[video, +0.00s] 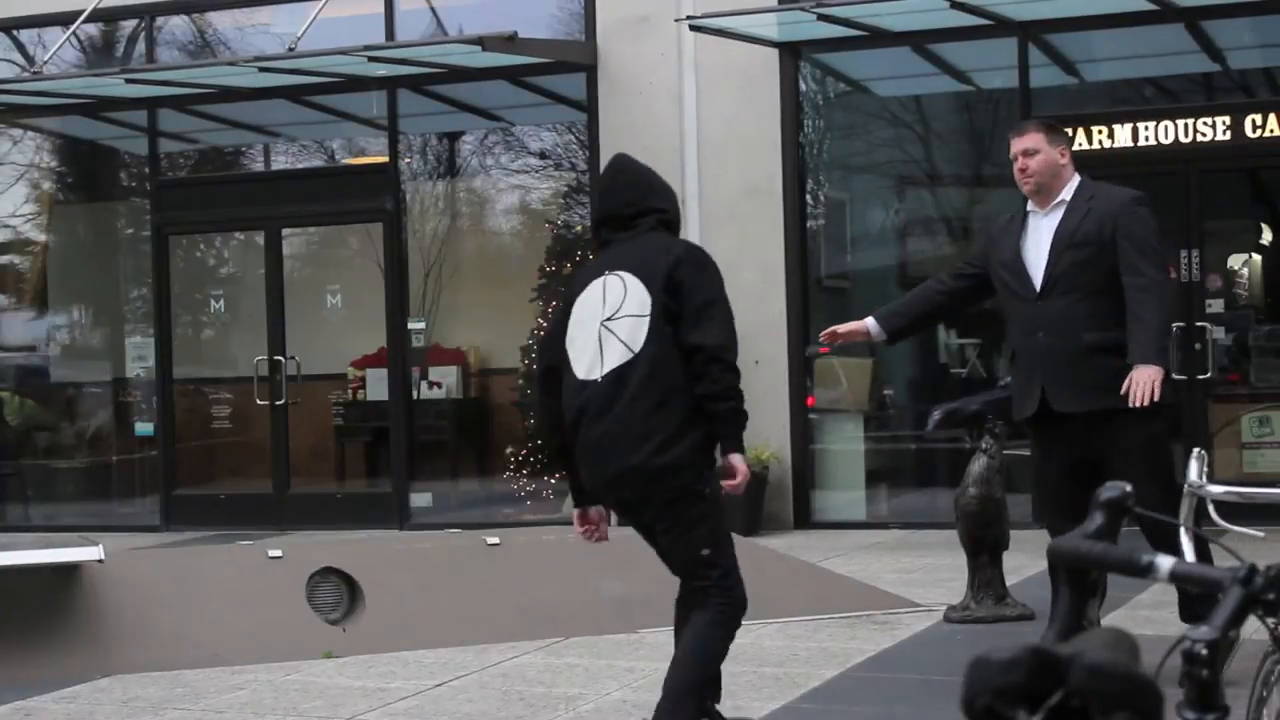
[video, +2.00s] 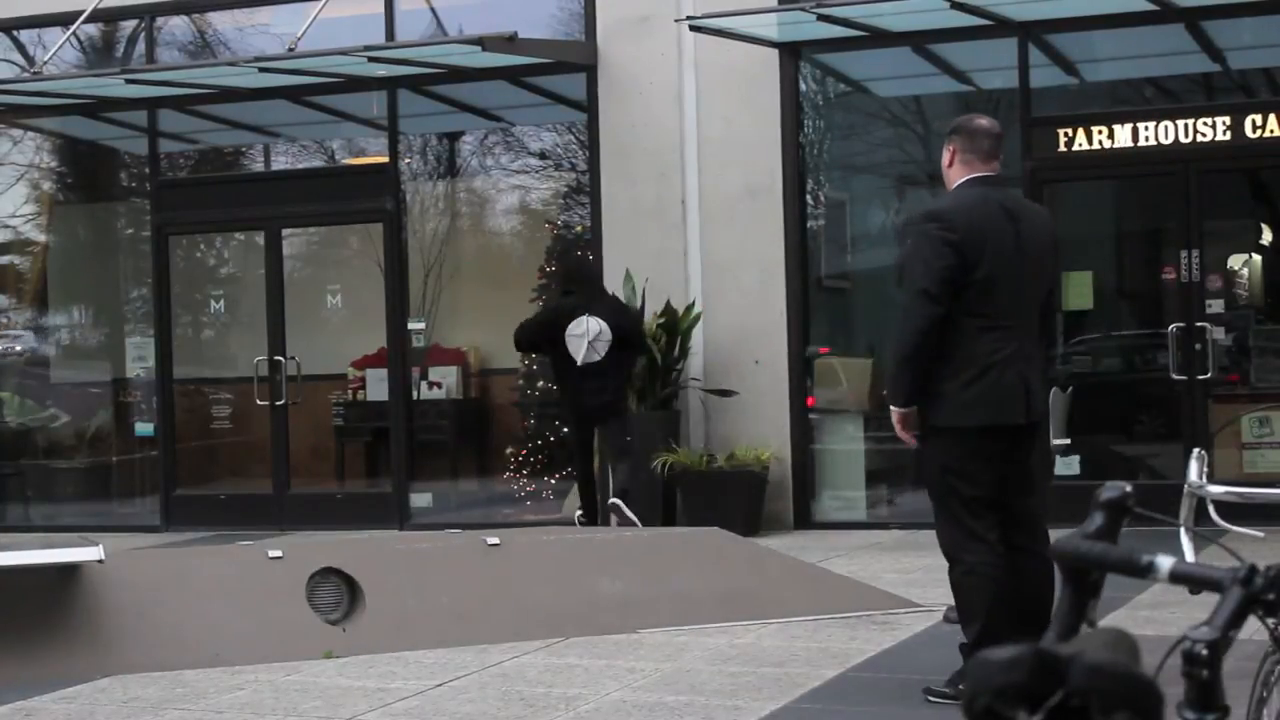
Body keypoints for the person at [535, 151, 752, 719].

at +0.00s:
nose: (671, 213)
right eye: (667, 206)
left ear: (606, 214)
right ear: (662, 206)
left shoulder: (581, 284)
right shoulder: (684, 261)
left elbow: (556, 389)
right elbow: (712, 354)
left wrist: (583, 489)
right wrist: (731, 442)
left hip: (608, 465)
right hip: (670, 454)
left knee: (698, 581)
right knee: (722, 594)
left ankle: (702, 705)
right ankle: (675, 713)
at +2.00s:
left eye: (561, 278)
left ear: (563, 280)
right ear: (596, 277)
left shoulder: (556, 312)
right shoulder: (615, 309)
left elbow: (523, 339)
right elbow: (638, 341)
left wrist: (554, 344)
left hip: (576, 398)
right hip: (613, 395)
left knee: (582, 459)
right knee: (620, 451)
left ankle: (590, 515)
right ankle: (621, 495)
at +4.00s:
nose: (557, 304)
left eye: (561, 300)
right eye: (554, 297)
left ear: (560, 301)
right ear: (539, 291)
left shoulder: (544, 333)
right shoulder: (507, 313)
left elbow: (546, 384)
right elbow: (477, 355)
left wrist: (554, 425)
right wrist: (469, 398)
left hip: (523, 408)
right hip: (497, 405)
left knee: (513, 470)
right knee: (519, 466)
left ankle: (502, 534)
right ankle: (513, 534)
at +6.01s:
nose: (584, 271)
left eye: (592, 265)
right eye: (578, 262)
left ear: (598, 267)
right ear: (562, 259)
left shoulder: (604, 301)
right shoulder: (529, 291)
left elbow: (612, 350)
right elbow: (486, 325)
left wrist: (593, 358)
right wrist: (502, 371)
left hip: (581, 383)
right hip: (539, 388)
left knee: (569, 412)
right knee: (546, 460)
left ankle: (572, 504)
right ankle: (552, 538)